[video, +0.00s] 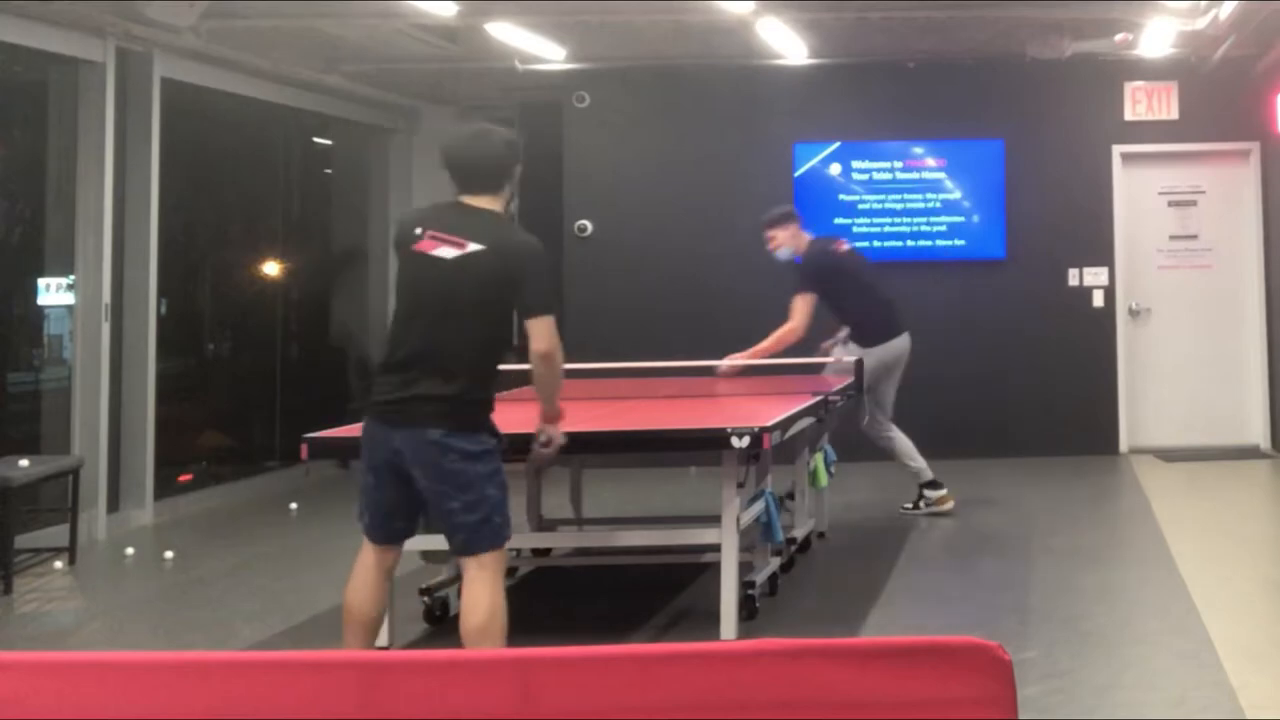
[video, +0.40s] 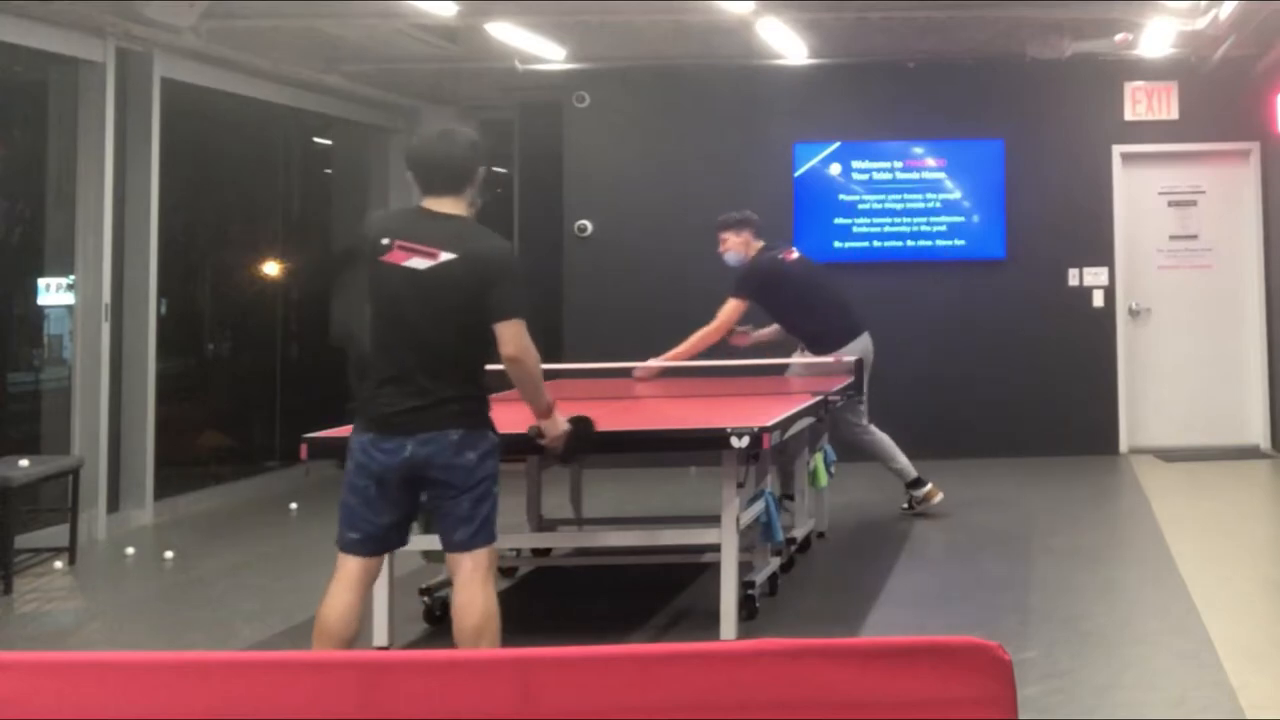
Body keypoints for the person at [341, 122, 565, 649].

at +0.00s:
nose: (518, 177)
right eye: (517, 170)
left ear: (454, 174)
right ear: (513, 176)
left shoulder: (414, 229)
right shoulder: (521, 248)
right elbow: (543, 348)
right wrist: (549, 413)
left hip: (386, 425)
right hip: (455, 431)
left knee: (377, 553)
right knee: (482, 564)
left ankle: (351, 683)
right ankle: (486, 705)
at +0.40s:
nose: (483, 178)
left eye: (481, 170)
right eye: (481, 171)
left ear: (415, 176)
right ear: (475, 177)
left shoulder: (380, 234)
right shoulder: (490, 252)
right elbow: (515, 351)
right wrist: (546, 414)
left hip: (380, 436)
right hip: (459, 437)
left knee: (351, 573)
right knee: (472, 572)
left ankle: (317, 704)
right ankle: (481, 712)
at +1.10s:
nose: (507, 190)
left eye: (506, 183)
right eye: (505, 183)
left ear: (445, 186)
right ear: (496, 188)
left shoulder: (408, 237)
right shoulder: (510, 247)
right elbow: (531, 334)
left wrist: (487, 217)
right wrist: (543, 385)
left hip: (397, 424)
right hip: (470, 428)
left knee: (363, 560)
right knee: (512, 550)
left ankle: (319, 687)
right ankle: (534, 681)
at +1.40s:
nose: (503, 199)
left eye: (501, 192)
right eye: (503, 192)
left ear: (442, 193)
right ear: (497, 195)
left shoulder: (405, 240)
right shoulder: (512, 252)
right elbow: (545, 337)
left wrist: (485, 228)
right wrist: (559, 383)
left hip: (386, 423)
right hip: (462, 428)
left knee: (344, 561)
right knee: (508, 550)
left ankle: (299, 690)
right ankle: (533, 682)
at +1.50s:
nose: (481, 201)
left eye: (479, 192)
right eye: (478, 192)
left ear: (418, 195)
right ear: (468, 197)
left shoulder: (372, 245)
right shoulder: (482, 253)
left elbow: (346, 330)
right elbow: (515, 340)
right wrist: (536, 381)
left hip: (365, 433)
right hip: (443, 434)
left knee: (331, 566)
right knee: (493, 553)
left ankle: (288, 694)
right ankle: (530, 678)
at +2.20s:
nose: (447, 263)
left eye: (447, 255)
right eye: (447, 256)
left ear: (381, 252)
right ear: (436, 259)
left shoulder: (329, 286)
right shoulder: (436, 303)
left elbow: (270, 359)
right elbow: (486, 389)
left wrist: (320, 367)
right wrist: (474, 416)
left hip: (291, 444)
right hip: (364, 448)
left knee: (267, 554)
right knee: (440, 552)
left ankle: (222, 671)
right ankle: (453, 679)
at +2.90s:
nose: (395, 237)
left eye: (393, 228)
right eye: (392, 229)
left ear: (334, 232)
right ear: (381, 234)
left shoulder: (288, 275)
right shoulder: (391, 289)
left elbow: (223, 348)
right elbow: (417, 373)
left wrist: (285, 366)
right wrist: (461, 380)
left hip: (256, 440)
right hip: (326, 446)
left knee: (231, 536)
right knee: (401, 552)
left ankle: (178, 657)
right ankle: (412, 681)